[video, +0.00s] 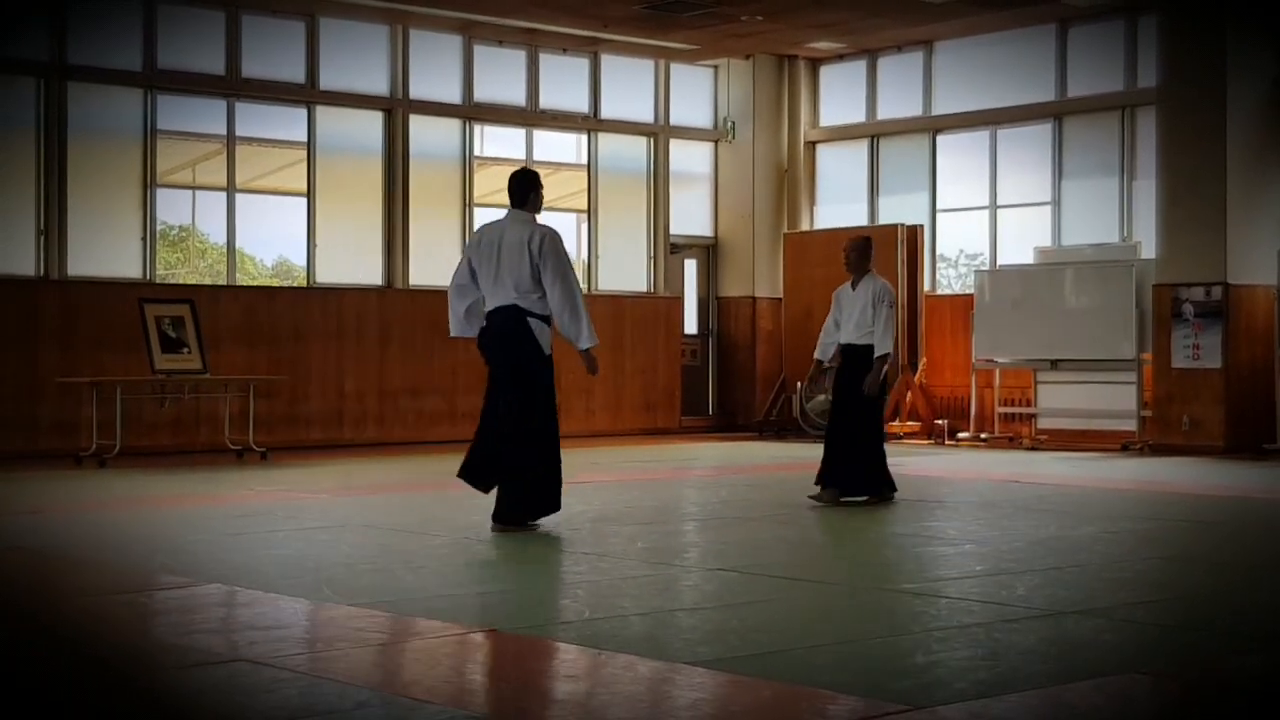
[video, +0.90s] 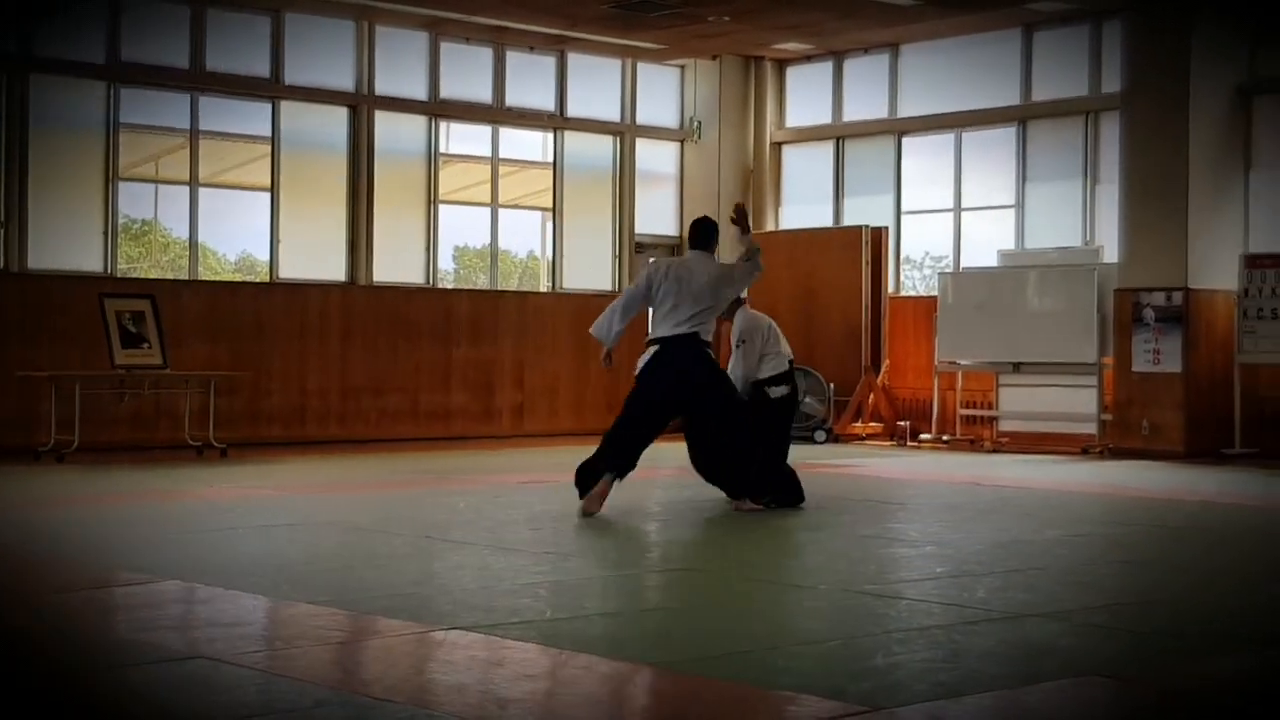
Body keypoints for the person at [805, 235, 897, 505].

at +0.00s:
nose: (845, 258)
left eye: (850, 253)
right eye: (844, 253)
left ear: (866, 256)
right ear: (847, 257)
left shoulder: (881, 289)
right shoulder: (841, 293)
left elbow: (885, 333)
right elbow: (830, 330)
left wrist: (878, 370)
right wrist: (816, 366)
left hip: (871, 359)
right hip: (846, 359)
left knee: (867, 424)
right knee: (840, 422)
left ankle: (881, 486)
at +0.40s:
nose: (818, 261)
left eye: (823, 256)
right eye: (818, 256)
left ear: (839, 259)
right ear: (820, 260)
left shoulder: (854, 293)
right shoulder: (813, 293)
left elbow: (853, 336)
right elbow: (801, 330)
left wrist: (837, 372)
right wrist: (785, 365)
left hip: (844, 362)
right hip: (820, 361)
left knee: (837, 426)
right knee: (812, 424)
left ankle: (844, 489)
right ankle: (818, 488)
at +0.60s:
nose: (794, 274)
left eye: (799, 270)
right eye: (794, 269)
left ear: (815, 272)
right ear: (803, 273)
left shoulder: (830, 304)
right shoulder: (797, 305)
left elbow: (825, 348)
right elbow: (789, 339)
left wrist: (805, 385)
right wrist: (772, 371)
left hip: (828, 379)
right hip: (806, 376)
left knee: (826, 437)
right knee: (787, 434)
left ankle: (835, 494)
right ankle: (800, 493)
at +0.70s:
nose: (770, 282)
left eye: (774, 277)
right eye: (770, 277)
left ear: (790, 278)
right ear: (785, 278)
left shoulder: (805, 305)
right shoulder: (783, 309)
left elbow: (799, 349)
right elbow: (776, 344)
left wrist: (777, 385)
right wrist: (765, 375)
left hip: (813, 376)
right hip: (793, 375)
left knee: (811, 433)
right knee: (785, 430)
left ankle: (827, 493)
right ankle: (795, 489)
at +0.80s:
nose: (744, 297)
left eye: (747, 290)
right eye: (743, 291)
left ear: (760, 289)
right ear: (766, 288)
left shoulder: (776, 314)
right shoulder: (776, 312)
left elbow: (768, 357)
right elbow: (767, 357)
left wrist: (750, 389)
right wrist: (751, 388)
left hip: (791, 384)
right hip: (794, 382)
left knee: (767, 436)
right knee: (787, 439)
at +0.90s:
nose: (719, 315)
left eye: (719, 308)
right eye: (717, 309)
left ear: (726, 305)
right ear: (738, 300)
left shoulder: (744, 322)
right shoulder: (752, 318)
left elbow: (740, 368)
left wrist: (728, 397)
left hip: (771, 385)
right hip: (781, 382)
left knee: (763, 442)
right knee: (772, 441)